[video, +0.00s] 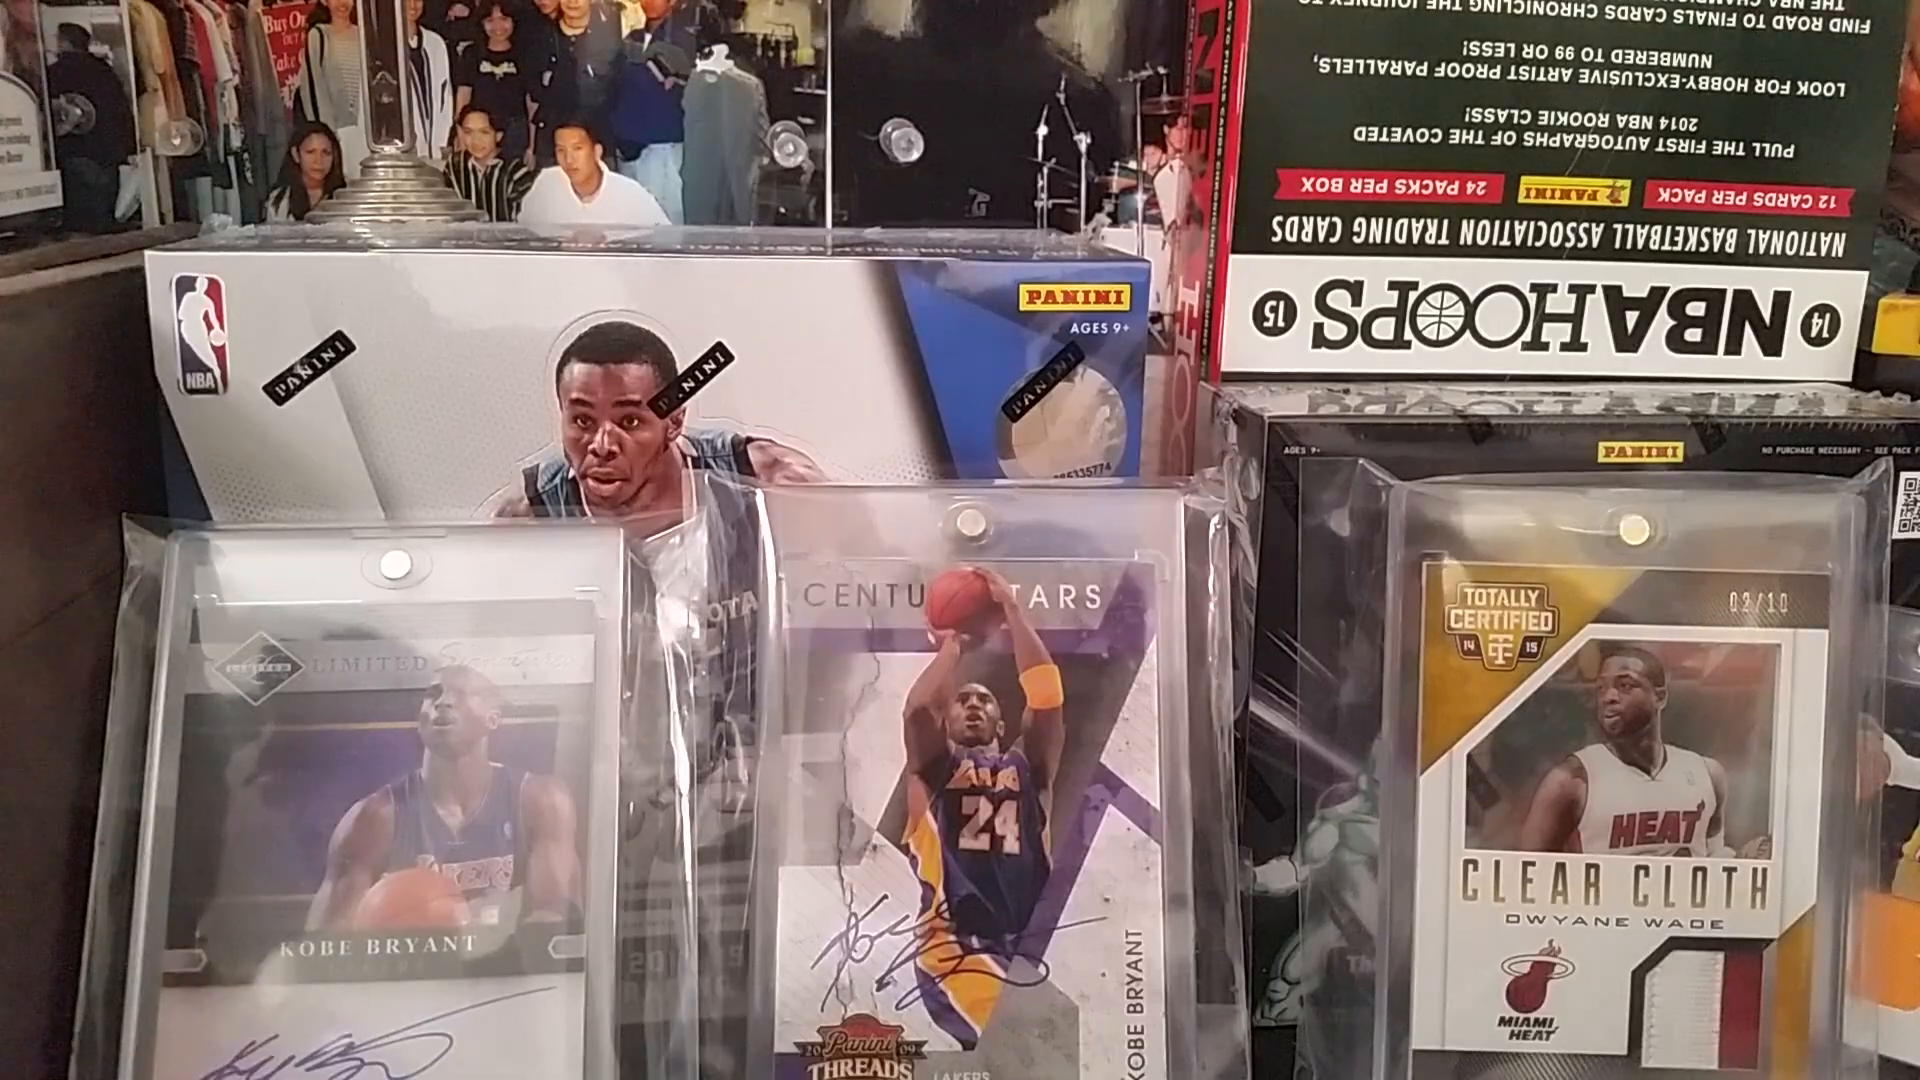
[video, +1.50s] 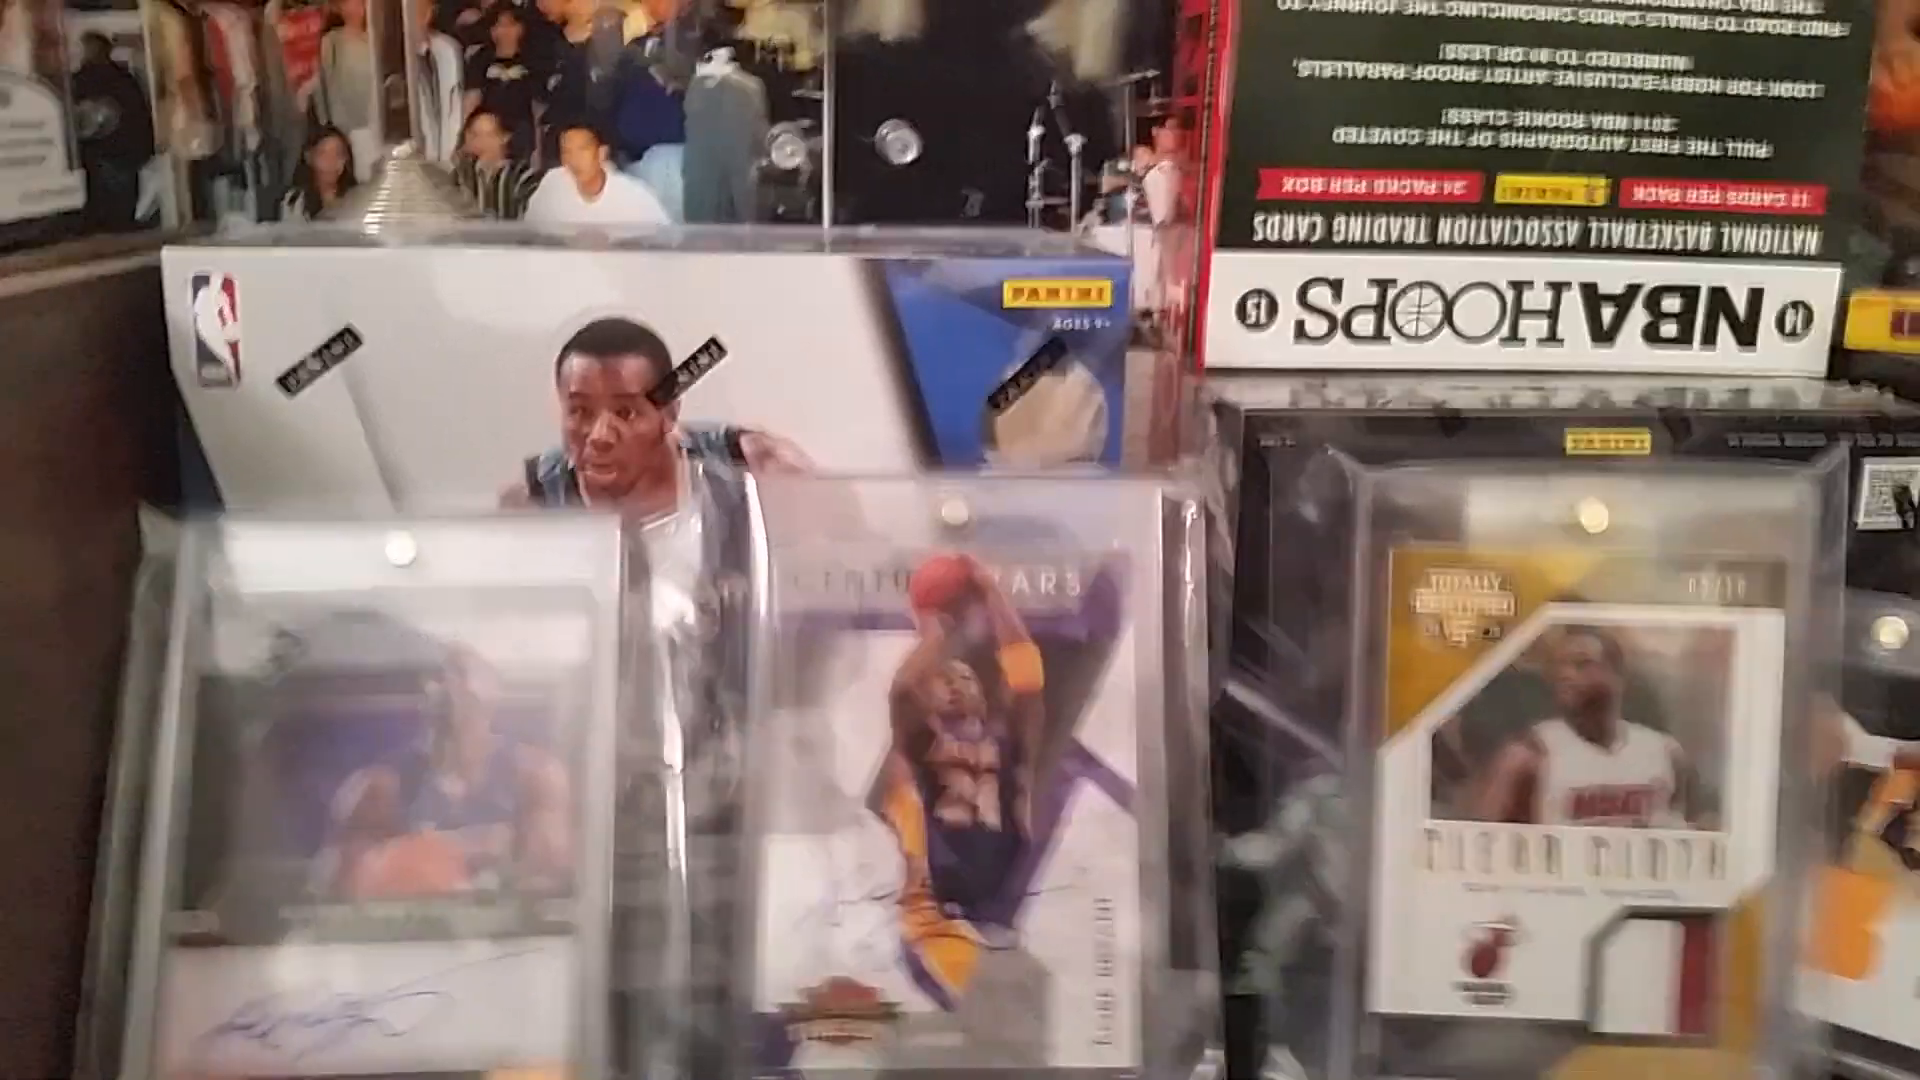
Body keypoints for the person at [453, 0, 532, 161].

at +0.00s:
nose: (497, 26)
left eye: (504, 19)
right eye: (490, 20)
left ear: (513, 23)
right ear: (483, 25)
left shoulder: (523, 55)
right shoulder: (472, 53)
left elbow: (532, 102)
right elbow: (463, 96)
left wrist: (531, 145)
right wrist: (461, 136)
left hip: (515, 131)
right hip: (480, 133)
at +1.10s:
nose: (516, 24)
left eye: (522, 17)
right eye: (508, 19)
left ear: (531, 21)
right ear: (501, 24)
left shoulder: (541, 54)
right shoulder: (491, 53)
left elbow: (549, 101)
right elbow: (482, 94)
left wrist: (549, 145)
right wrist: (479, 133)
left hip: (533, 128)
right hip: (499, 129)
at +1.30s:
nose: (535, 24)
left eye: (540, 17)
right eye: (529, 18)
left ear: (548, 23)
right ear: (522, 23)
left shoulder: (558, 54)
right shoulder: (508, 53)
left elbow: (566, 101)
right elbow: (499, 94)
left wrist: (566, 144)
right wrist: (496, 132)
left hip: (550, 129)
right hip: (515, 130)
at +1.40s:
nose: (542, 25)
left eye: (542, 20)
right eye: (536, 20)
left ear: (545, 25)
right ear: (521, 26)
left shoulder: (557, 56)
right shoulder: (507, 55)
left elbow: (565, 103)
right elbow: (498, 96)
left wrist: (564, 145)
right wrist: (495, 134)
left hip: (548, 131)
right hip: (514, 132)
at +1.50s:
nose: (500, 31)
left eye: (507, 25)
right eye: (497, 25)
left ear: (520, 29)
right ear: (491, 30)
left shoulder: (531, 63)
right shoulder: (480, 61)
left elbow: (538, 108)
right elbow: (472, 100)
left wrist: (538, 148)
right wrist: (465, 140)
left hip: (520, 135)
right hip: (485, 137)